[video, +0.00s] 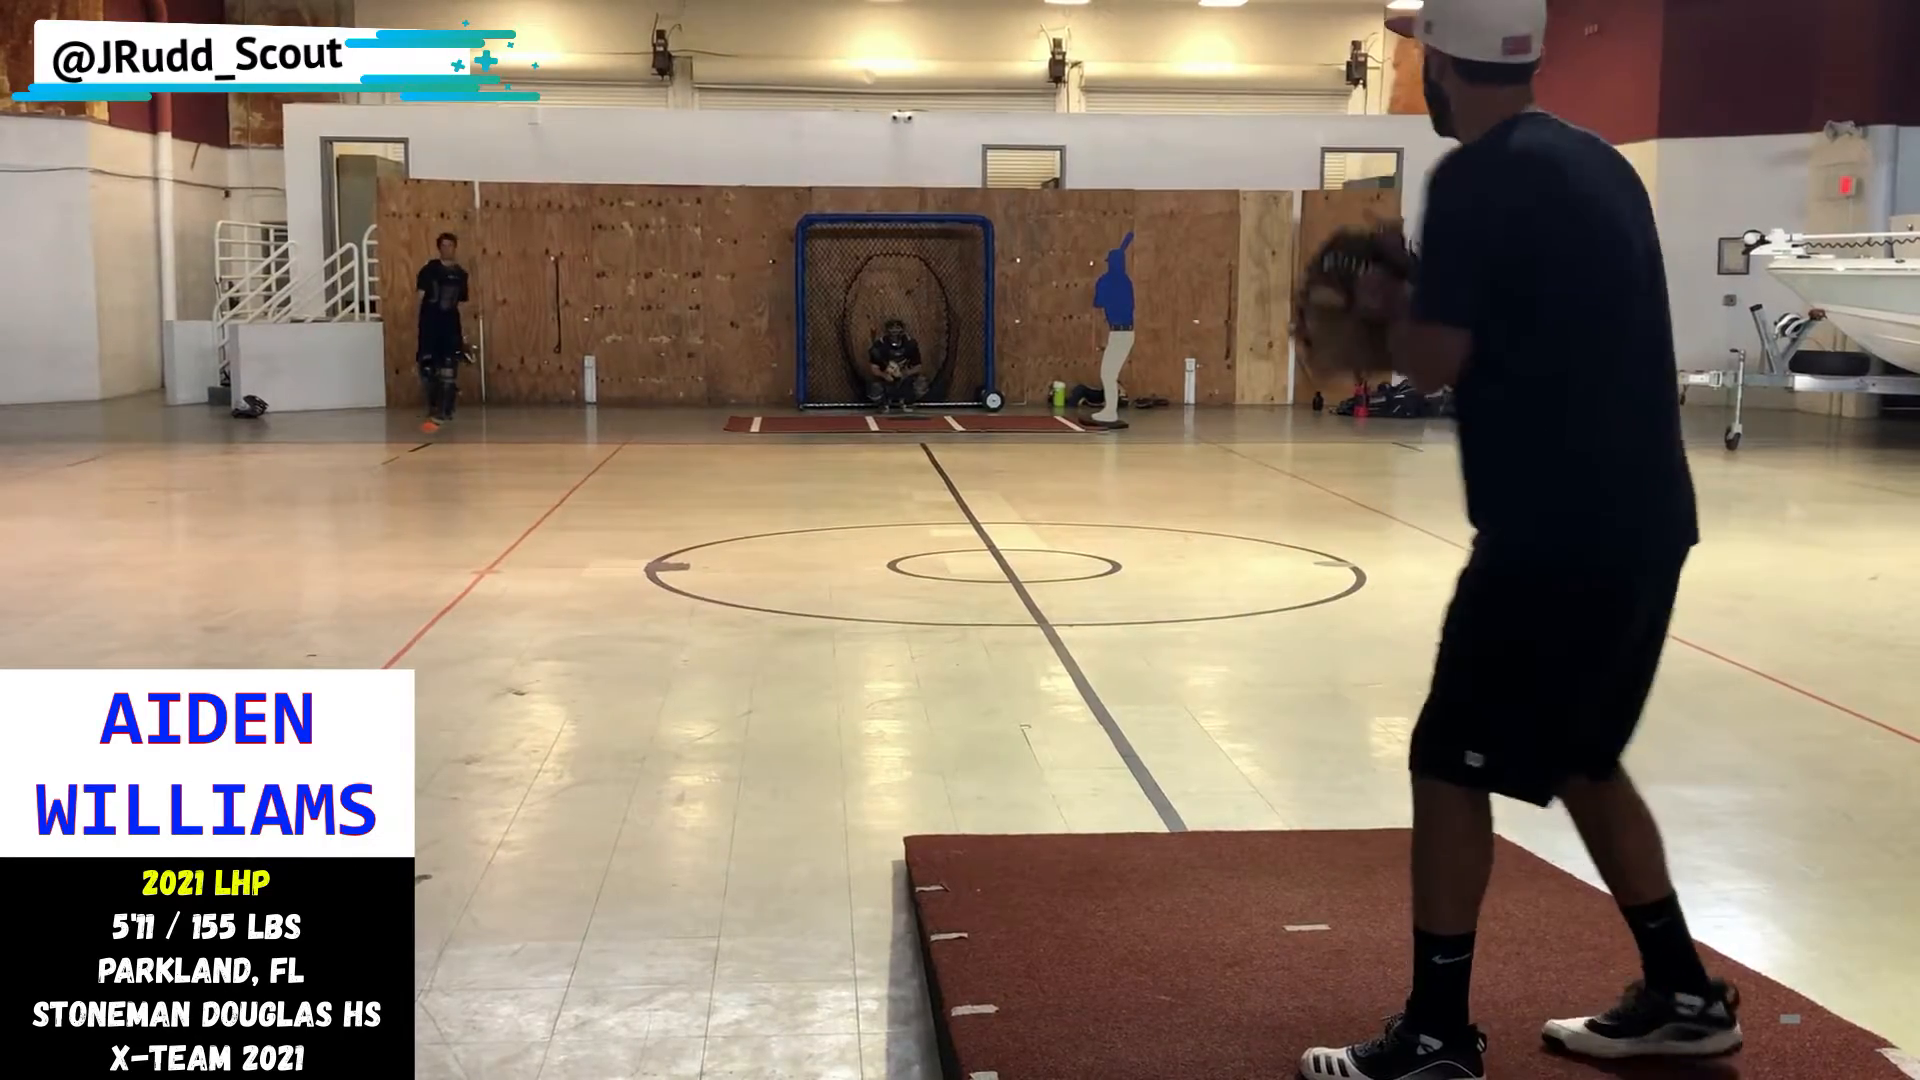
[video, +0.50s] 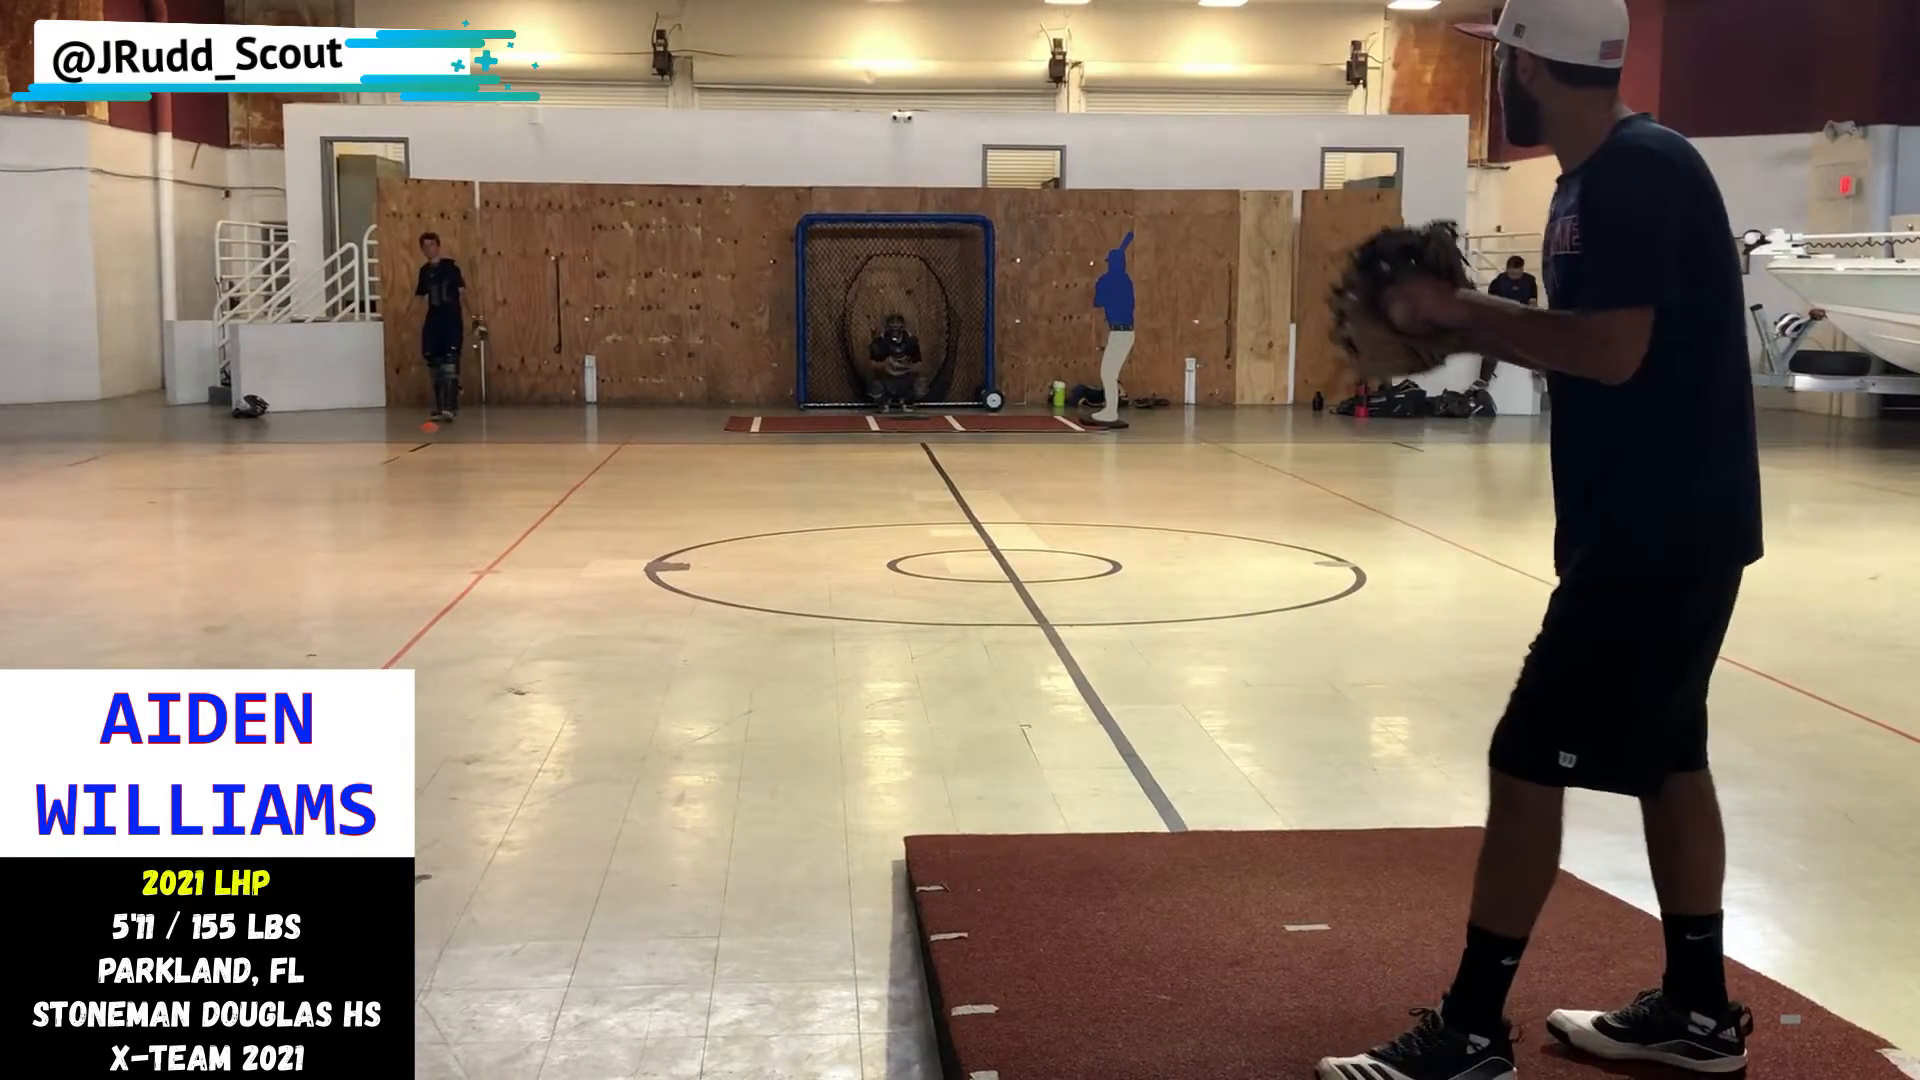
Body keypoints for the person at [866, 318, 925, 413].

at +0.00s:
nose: (896, 335)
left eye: (898, 332)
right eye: (892, 332)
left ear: (902, 331)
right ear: (887, 332)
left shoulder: (911, 344)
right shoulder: (879, 345)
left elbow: (918, 367)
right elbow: (874, 368)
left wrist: (906, 373)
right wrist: (885, 375)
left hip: (904, 379)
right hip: (887, 379)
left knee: (921, 382)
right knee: (875, 386)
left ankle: (907, 403)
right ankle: (883, 405)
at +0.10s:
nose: (895, 335)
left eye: (898, 331)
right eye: (892, 331)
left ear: (902, 331)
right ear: (887, 332)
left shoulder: (910, 344)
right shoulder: (879, 346)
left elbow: (918, 367)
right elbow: (874, 369)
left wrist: (905, 373)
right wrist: (885, 375)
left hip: (904, 379)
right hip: (887, 380)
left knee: (921, 383)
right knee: (875, 386)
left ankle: (907, 403)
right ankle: (883, 405)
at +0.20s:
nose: (895, 334)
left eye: (897, 331)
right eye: (892, 331)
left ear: (902, 331)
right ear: (887, 331)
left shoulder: (910, 343)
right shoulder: (879, 345)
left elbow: (918, 367)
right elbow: (874, 368)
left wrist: (905, 373)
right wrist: (885, 375)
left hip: (904, 379)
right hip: (887, 380)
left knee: (921, 382)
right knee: (875, 385)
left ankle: (907, 403)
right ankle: (883, 405)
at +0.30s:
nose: (895, 334)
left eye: (897, 331)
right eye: (892, 331)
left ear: (902, 331)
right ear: (887, 331)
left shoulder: (911, 343)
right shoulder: (879, 345)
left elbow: (918, 367)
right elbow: (874, 368)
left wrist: (905, 372)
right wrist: (884, 373)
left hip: (905, 380)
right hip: (887, 380)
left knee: (921, 382)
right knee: (875, 385)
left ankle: (907, 403)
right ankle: (882, 405)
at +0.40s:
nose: (895, 334)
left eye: (898, 331)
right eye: (893, 331)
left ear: (902, 331)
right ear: (887, 331)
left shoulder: (911, 343)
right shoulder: (879, 345)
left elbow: (918, 366)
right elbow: (874, 366)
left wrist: (909, 371)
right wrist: (888, 374)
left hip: (906, 378)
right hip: (888, 379)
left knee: (922, 382)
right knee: (875, 385)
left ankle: (907, 403)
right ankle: (884, 404)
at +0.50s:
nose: (895, 330)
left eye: (898, 326)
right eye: (893, 326)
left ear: (903, 326)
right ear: (888, 326)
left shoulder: (911, 340)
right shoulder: (880, 341)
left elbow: (918, 364)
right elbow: (873, 363)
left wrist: (905, 369)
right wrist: (885, 365)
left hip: (906, 376)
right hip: (887, 376)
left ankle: (907, 402)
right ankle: (883, 404)